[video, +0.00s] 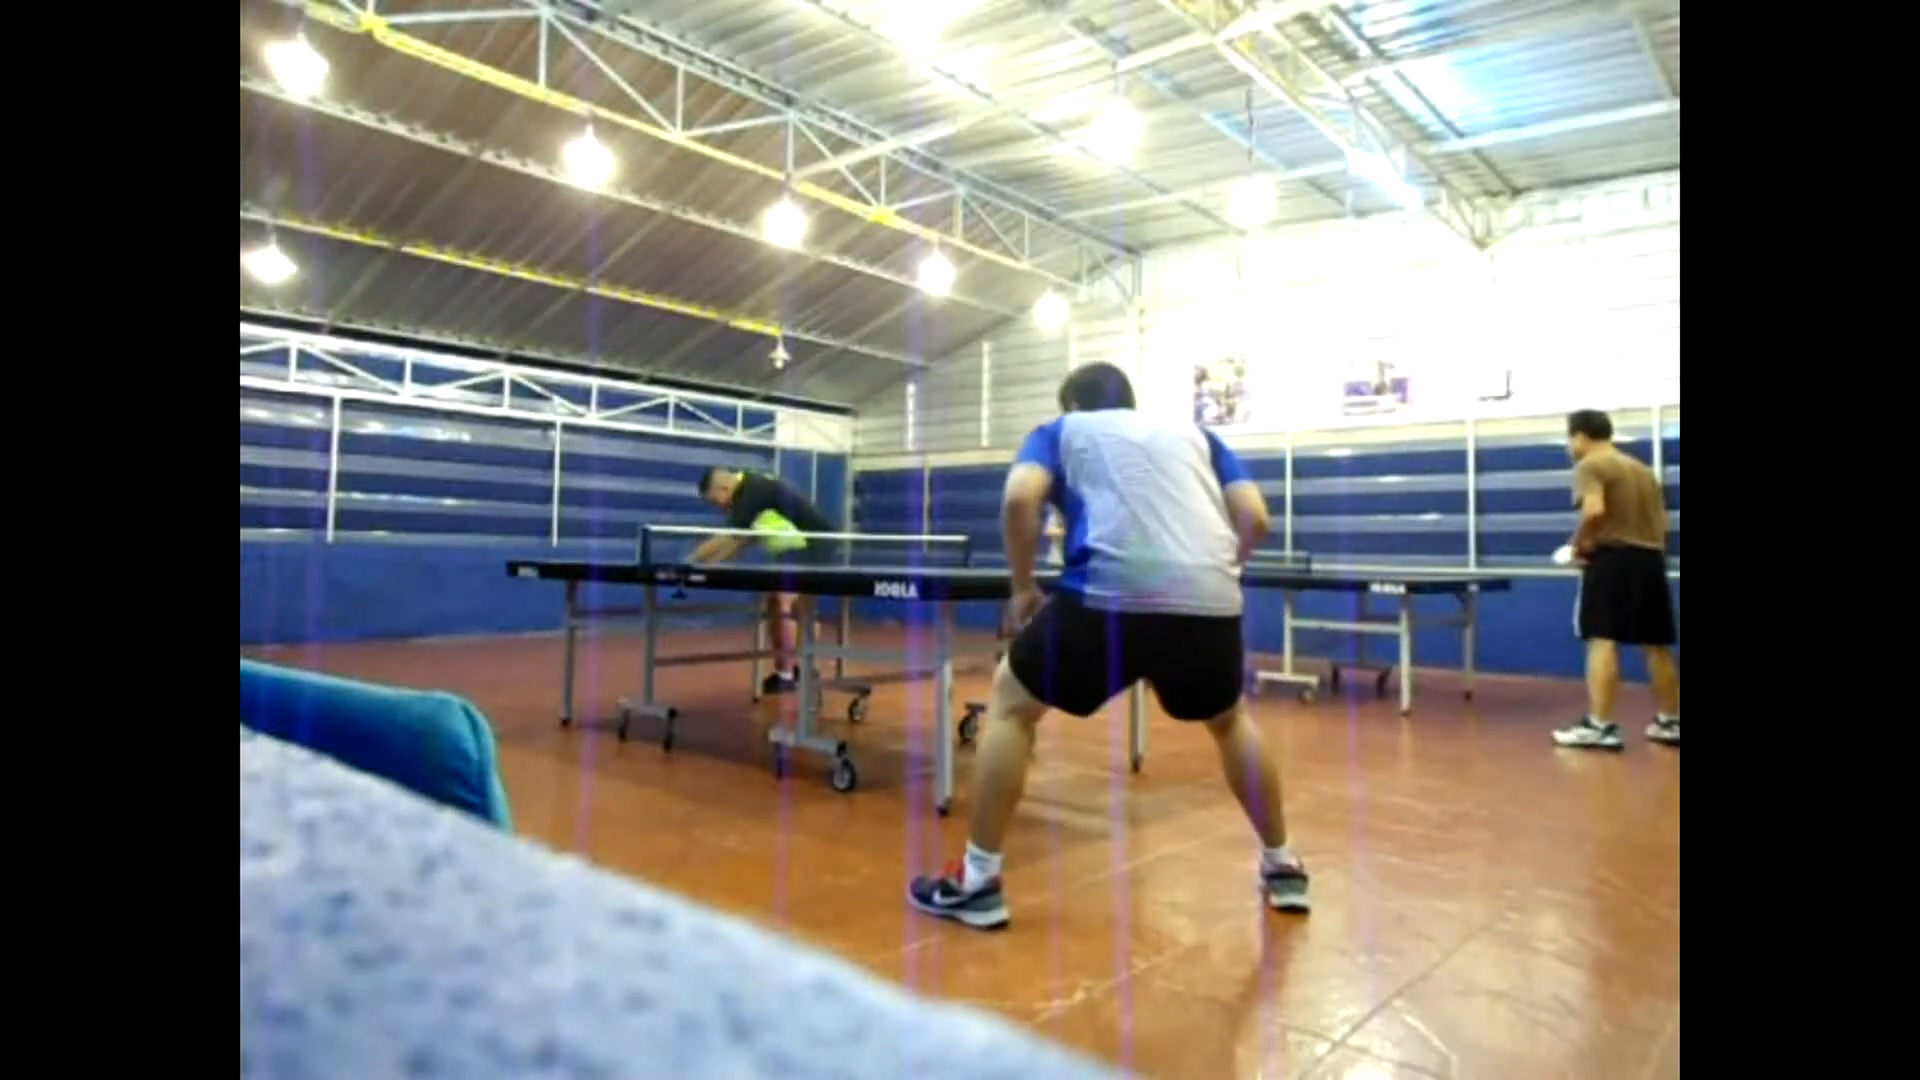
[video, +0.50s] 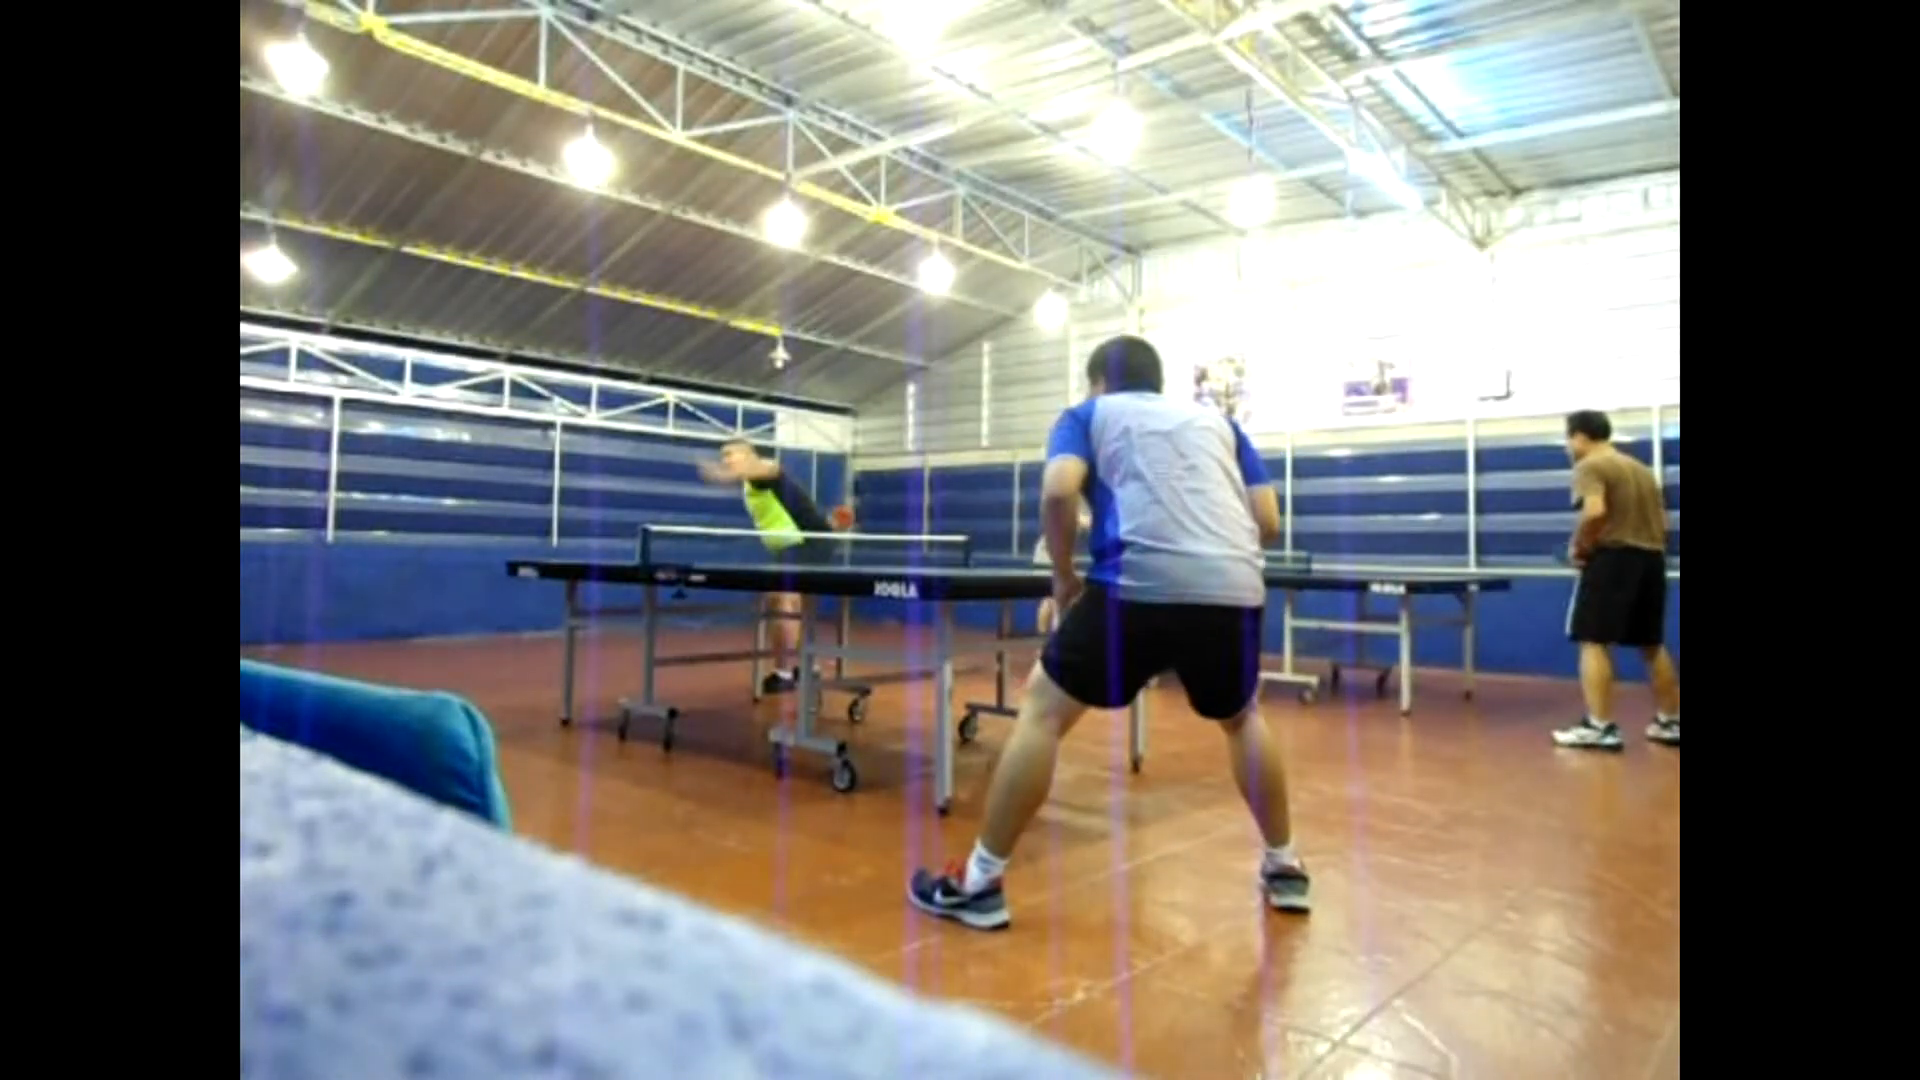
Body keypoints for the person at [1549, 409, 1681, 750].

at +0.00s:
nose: (1570, 446)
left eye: (1572, 438)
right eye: (1570, 439)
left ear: (1584, 437)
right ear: (1606, 435)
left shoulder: (1591, 465)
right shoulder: (1642, 469)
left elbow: (1594, 511)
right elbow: (1660, 521)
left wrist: (1579, 543)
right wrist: (1644, 544)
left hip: (1611, 553)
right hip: (1649, 555)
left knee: (1601, 640)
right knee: (1656, 644)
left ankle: (1599, 723)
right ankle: (1670, 718)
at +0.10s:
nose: (1567, 447)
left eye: (1569, 439)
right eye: (1567, 439)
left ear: (1582, 437)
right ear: (1603, 435)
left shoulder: (1588, 465)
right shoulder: (1641, 469)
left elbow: (1590, 511)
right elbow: (1659, 523)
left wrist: (1576, 543)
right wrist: (1643, 546)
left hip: (1608, 553)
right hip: (1647, 555)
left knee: (1598, 640)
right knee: (1654, 645)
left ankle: (1599, 723)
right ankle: (1671, 718)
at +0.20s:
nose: (1566, 448)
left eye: (1568, 440)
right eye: (1566, 440)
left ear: (1580, 438)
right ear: (1602, 435)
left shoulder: (1587, 466)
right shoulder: (1641, 470)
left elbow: (1590, 512)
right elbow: (1658, 523)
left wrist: (1575, 544)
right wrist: (1645, 547)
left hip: (1607, 554)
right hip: (1647, 556)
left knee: (1596, 640)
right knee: (1653, 644)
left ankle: (1599, 723)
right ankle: (1671, 718)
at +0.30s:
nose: (1567, 447)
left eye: (1568, 439)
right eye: (1566, 440)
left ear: (1580, 437)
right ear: (1602, 435)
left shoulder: (1587, 466)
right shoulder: (1641, 470)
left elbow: (1590, 513)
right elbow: (1658, 523)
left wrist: (1574, 544)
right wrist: (1644, 547)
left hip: (1607, 554)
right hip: (1646, 556)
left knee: (1595, 640)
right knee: (1651, 644)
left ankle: (1599, 723)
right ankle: (1671, 718)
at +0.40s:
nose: (1567, 447)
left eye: (1569, 439)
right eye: (1567, 439)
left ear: (1581, 437)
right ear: (1603, 435)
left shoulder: (1588, 466)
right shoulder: (1641, 470)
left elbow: (1590, 512)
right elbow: (1660, 523)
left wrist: (1575, 544)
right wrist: (1644, 547)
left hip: (1607, 554)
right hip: (1646, 555)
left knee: (1595, 641)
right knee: (1651, 644)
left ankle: (1599, 723)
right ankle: (1671, 718)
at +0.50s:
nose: (1569, 446)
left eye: (1571, 439)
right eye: (1569, 439)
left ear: (1583, 438)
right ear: (1604, 435)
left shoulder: (1591, 465)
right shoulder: (1640, 469)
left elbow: (1595, 511)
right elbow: (1660, 520)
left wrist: (1579, 545)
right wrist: (1643, 543)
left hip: (1611, 553)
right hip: (1650, 555)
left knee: (1592, 641)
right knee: (1652, 644)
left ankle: (1598, 723)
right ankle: (1670, 718)